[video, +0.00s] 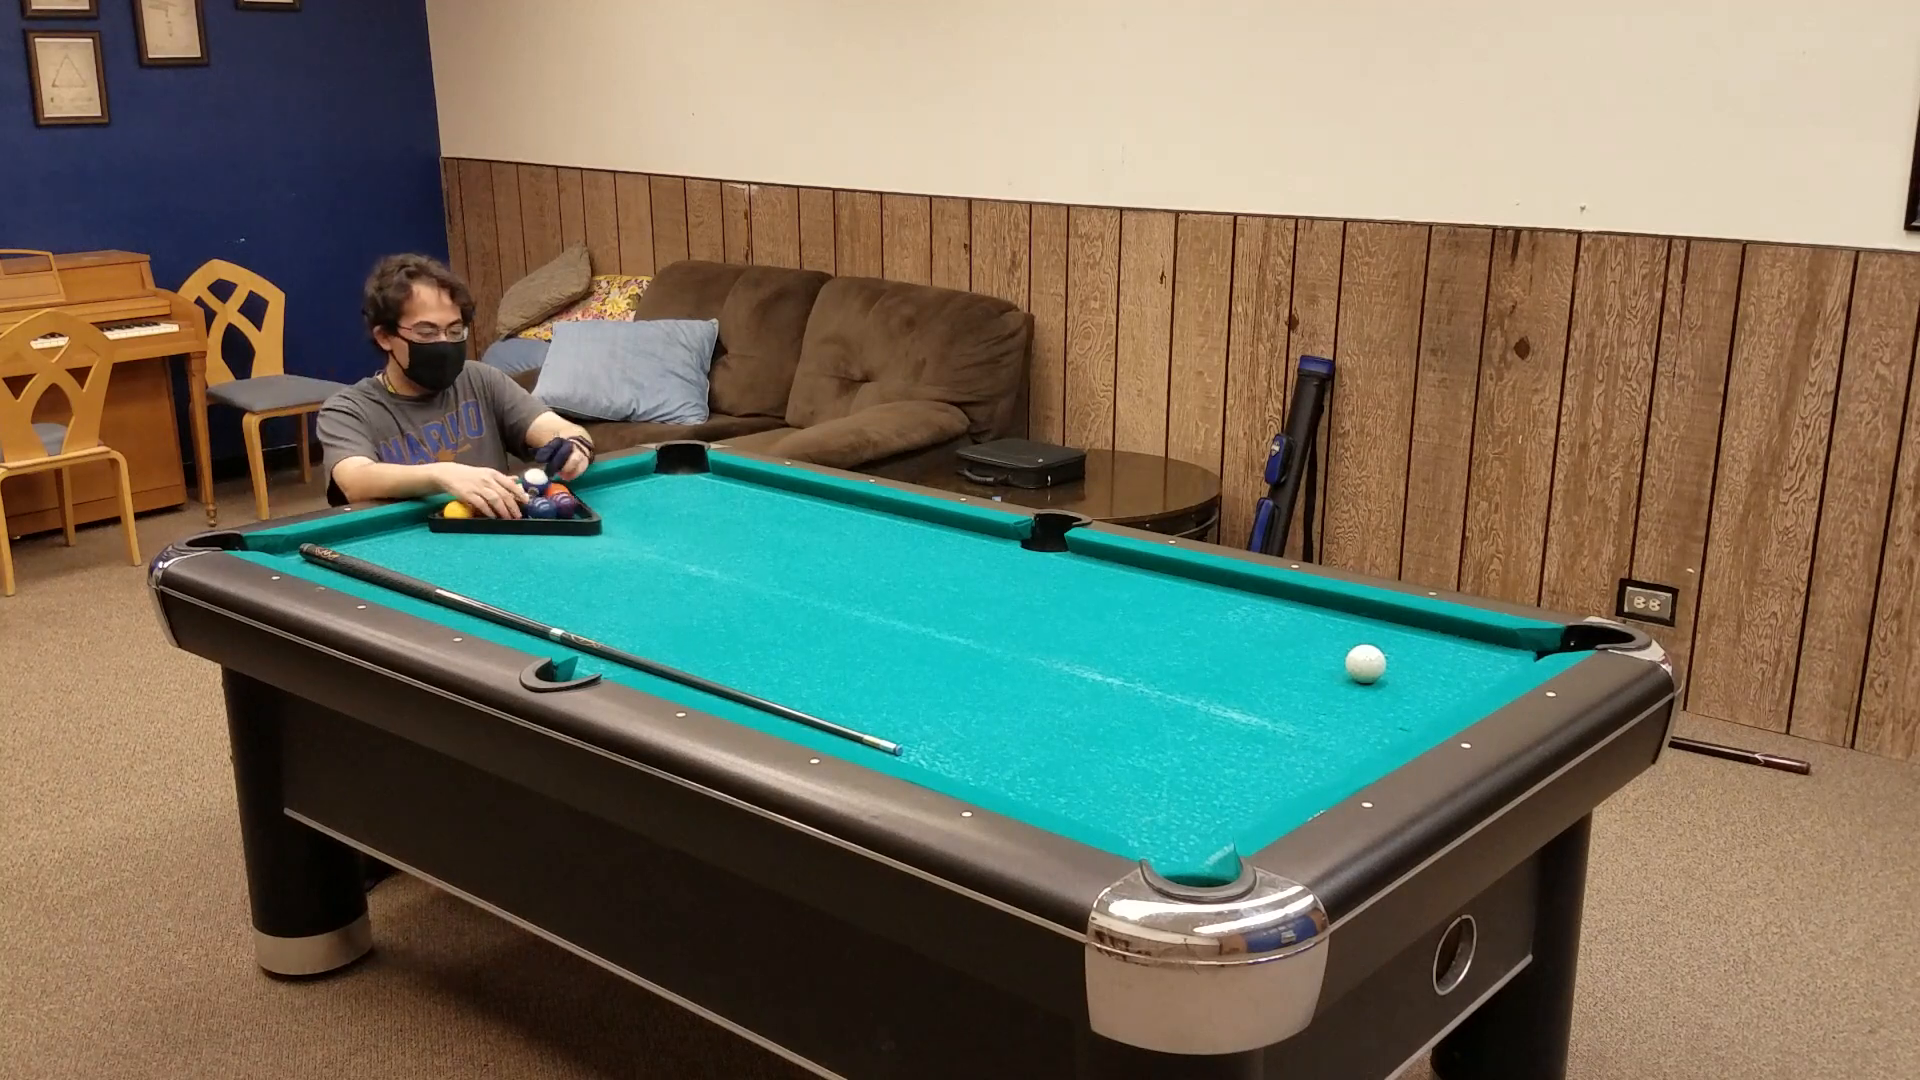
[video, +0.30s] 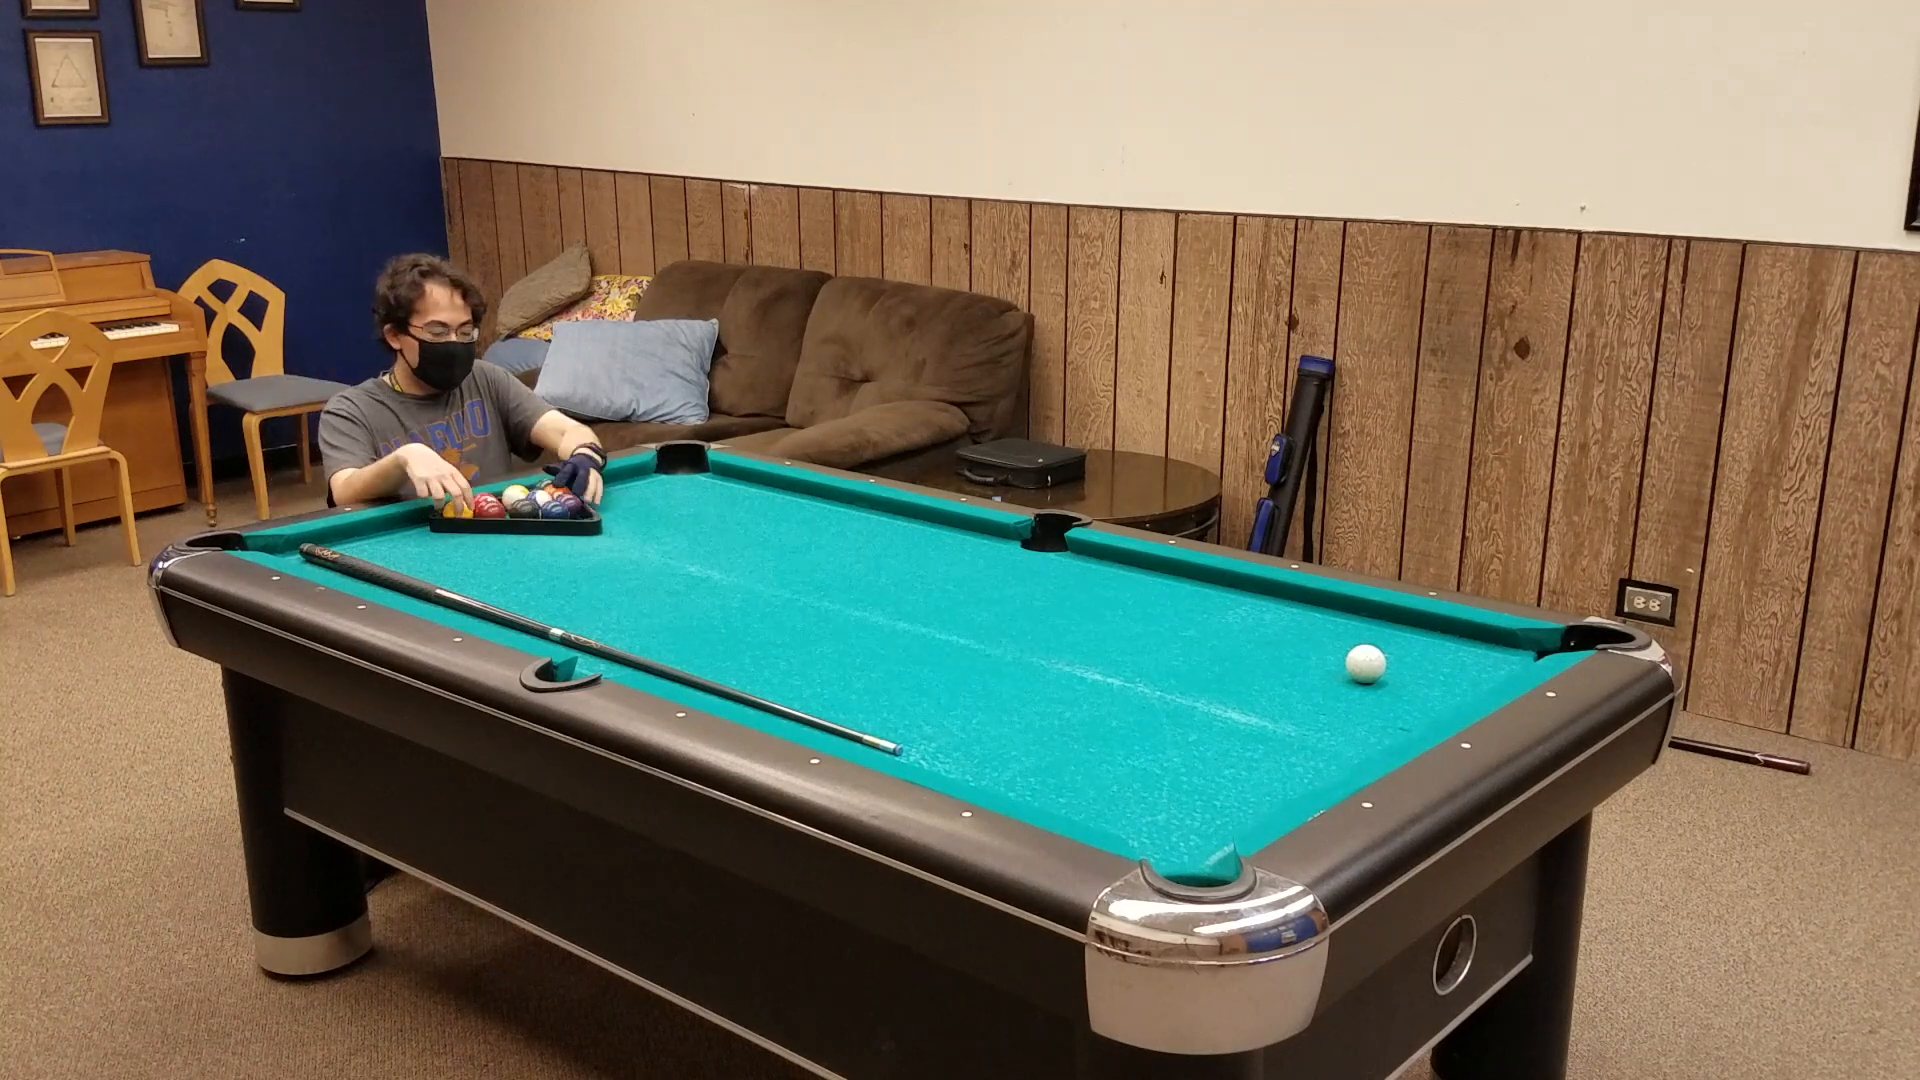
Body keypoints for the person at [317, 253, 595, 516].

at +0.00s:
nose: (445, 344)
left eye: (454, 329)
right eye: (427, 332)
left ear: (465, 326)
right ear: (385, 336)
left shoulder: (482, 381)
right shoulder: (350, 409)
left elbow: (549, 426)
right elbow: (356, 482)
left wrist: (574, 443)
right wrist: (443, 474)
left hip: (505, 552)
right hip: (411, 568)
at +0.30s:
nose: (455, 345)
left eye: (464, 330)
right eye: (437, 330)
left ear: (474, 328)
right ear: (394, 335)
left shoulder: (487, 380)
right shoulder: (353, 410)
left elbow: (564, 431)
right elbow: (345, 495)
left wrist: (585, 453)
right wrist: (404, 458)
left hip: (511, 552)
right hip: (417, 569)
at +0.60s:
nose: (465, 340)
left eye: (474, 326)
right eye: (447, 326)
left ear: (483, 326)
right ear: (403, 331)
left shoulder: (491, 381)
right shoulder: (360, 405)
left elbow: (564, 431)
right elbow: (344, 490)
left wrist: (584, 455)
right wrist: (409, 459)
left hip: (510, 550)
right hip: (416, 567)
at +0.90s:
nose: (474, 336)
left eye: (482, 323)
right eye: (456, 322)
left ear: (491, 326)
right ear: (411, 328)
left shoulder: (492, 379)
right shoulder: (370, 401)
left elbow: (568, 430)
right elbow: (382, 470)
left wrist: (584, 457)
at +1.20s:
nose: (475, 333)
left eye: (483, 321)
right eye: (457, 320)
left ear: (492, 323)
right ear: (413, 329)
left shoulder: (493, 381)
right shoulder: (374, 402)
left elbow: (567, 430)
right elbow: (408, 468)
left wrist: (585, 463)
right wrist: (503, 480)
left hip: (498, 553)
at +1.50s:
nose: (468, 331)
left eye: (475, 319)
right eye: (450, 319)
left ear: (485, 320)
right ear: (406, 329)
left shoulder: (490, 380)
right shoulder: (370, 404)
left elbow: (566, 430)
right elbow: (400, 471)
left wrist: (584, 459)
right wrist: (495, 480)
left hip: (499, 554)